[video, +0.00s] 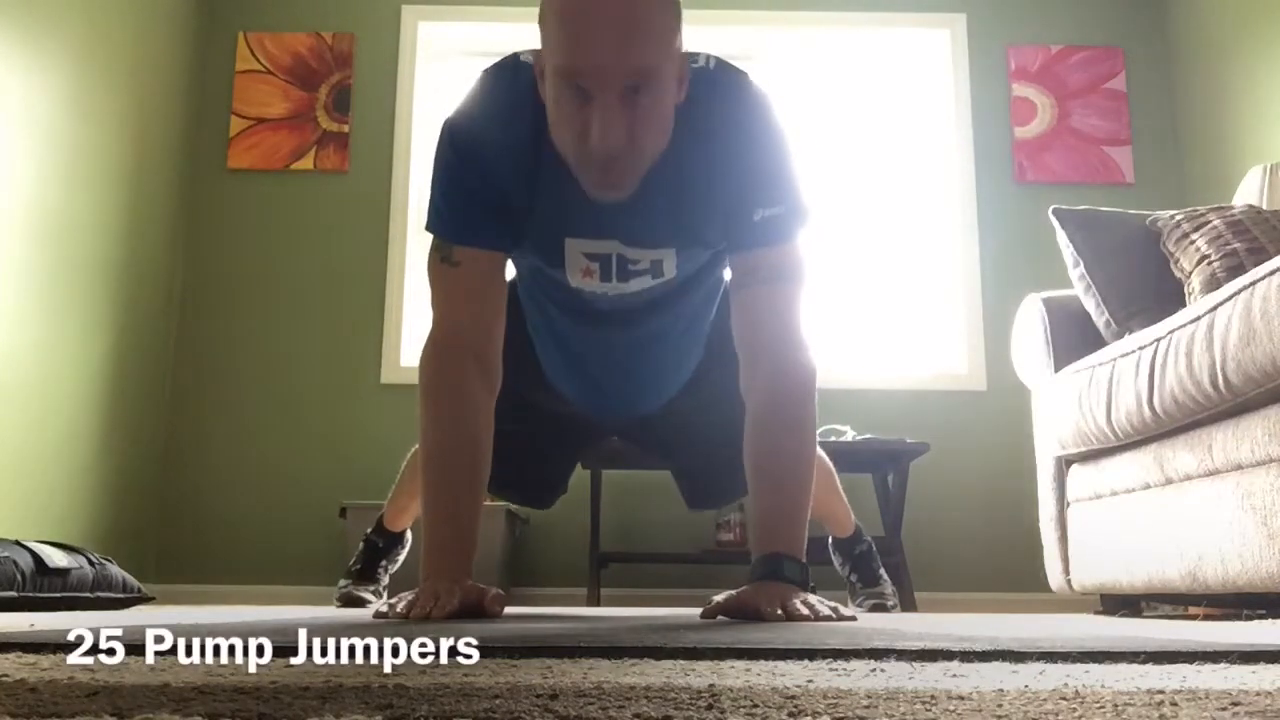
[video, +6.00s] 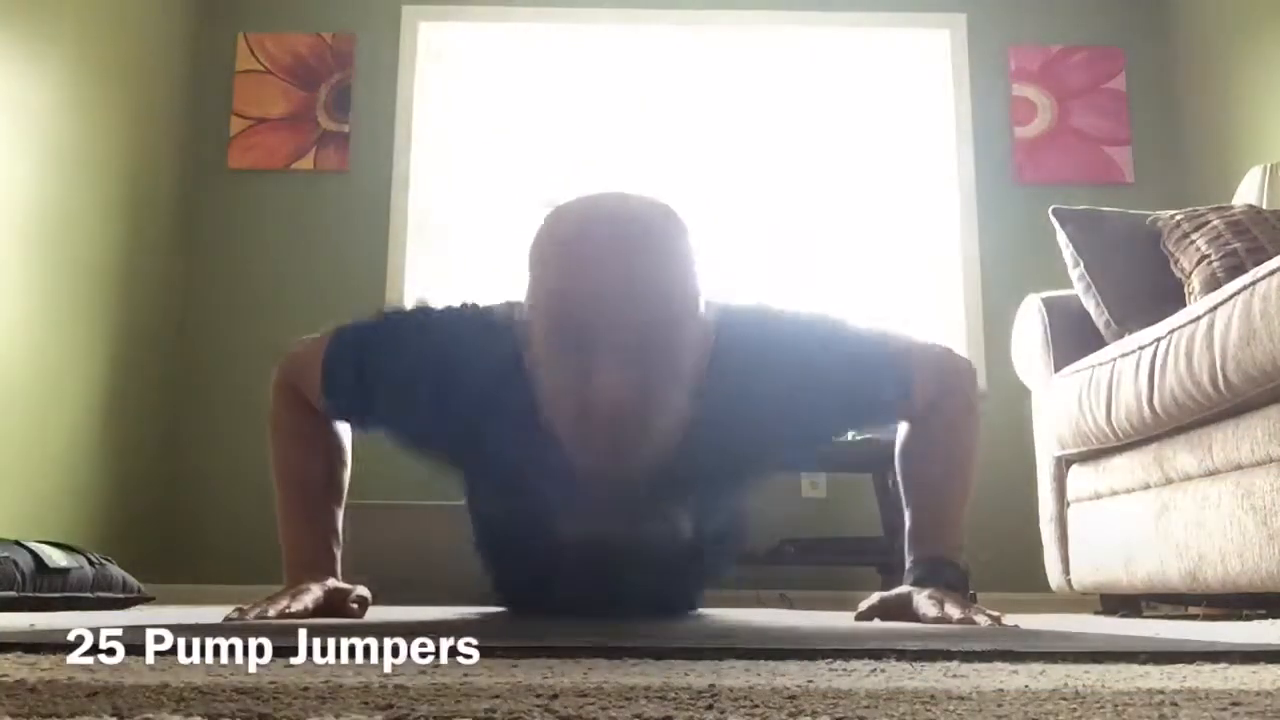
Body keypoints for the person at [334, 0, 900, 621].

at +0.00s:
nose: (604, 132)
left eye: (635, 93)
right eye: (578, 93)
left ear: (678, 73)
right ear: (541, 72)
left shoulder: (734, 118)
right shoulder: (491, 122)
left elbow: (778, 362)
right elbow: (459, 356)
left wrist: (779, 574)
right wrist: (444, 580)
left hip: (692, 349)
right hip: (542, 345)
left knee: (788, 455)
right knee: (449, 446)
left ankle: (858, 554)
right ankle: (382, 550)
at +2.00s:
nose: (618, 101)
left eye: (651, 65)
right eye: (591, 63)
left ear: (694, 42)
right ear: (554, 36)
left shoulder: (743, 110)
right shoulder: (499, 110)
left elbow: (780, 359)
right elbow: (462, 351)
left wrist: (782, 575)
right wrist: (444, 581)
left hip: (690, 336)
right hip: (541, 335)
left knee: (789, 455)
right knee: (450, 450)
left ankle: (856, 550)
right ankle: (384, 543)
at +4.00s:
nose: (620, 190)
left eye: (654, 157)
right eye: (587, 156)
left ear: (694, 92)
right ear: (550, 93)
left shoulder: (745, 116)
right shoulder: (494, 123)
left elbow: (783, 364)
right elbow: (459, 357)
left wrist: (784, 575)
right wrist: (445, 580)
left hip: (692, 329)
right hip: (540, 325)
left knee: (790, 449)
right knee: (449, 444)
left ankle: (857, 549)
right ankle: (384, 548)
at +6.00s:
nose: (610, 391)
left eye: (646, 355)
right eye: (578, 352)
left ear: (697, 335)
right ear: (529, 333)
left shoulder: (769, 362)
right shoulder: (453, 360)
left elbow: (947, 383)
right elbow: (301, 383)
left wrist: (933, 572)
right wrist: (314, 575)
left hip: (682, 598)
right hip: (532, 598)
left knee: (669, 589)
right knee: (553, 596)